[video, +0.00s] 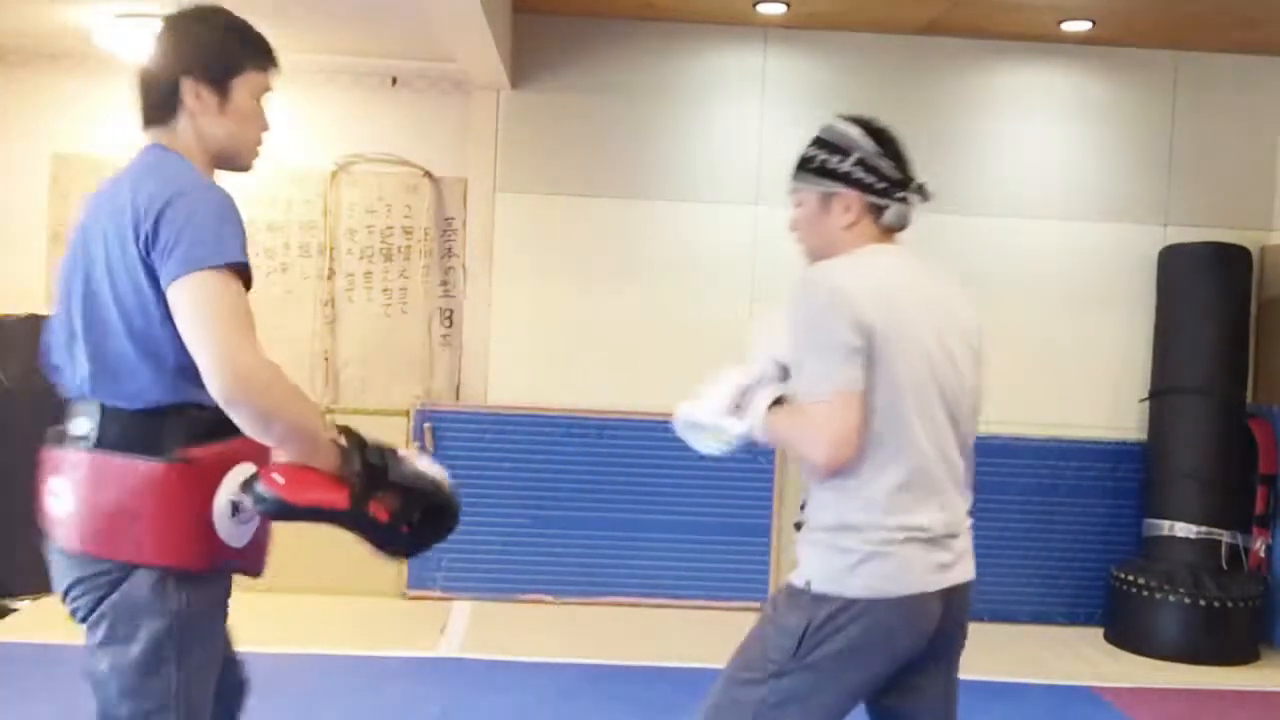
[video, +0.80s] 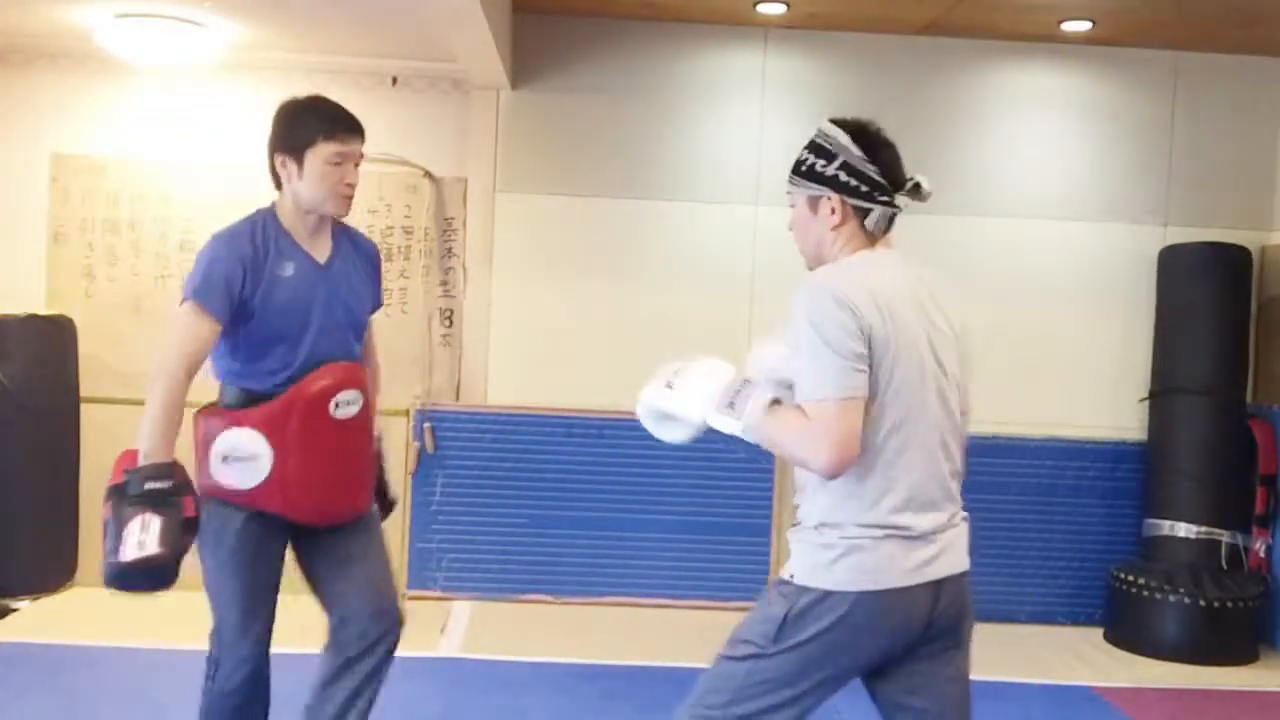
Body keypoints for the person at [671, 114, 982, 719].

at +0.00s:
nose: (791, 220)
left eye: (801, 202)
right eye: (793, 202)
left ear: (847, 206)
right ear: (857, 206)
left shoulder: (832, 286)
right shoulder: (945, 292)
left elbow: (830, 443)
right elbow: (927, 432)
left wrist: (756, 410)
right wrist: (790, 390)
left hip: (851, 597)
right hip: (942, 591)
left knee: (734, 713)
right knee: (920, 713)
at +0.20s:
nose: (831, 199)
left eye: (840, 182)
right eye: (835, 182)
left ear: (887, 188)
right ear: (902, 191)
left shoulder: (862, 270)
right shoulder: (981, 284)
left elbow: (856, 424)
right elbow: (937, 412)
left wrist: (775, 373)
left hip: (863, 576)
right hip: (963, 577)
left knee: (758, 710)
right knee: (945, 714)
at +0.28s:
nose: (831, 200)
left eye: (841, 182)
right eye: (835, 182)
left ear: (887, 191)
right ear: (907, 194)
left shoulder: (863, 273)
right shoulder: (984, 290)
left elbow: (853, 426)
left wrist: (770, 373)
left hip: (861, 580)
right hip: (962, 582)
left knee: (760, 710)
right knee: (944, 713)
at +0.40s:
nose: (828, 209)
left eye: (835, 192)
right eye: (830, 191)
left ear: (879, 200)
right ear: (903, 203)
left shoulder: (855, 282)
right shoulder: (982, 295)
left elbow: (836, 440)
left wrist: (754, 378)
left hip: (853, 592)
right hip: (958, 591)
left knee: (768, 710)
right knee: (939, 713)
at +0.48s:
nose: (813, 207)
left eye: (819, 189)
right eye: (815, 188)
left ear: (860, 197)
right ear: (893, 200)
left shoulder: (844, 286)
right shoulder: (976, 295)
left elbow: (826, 444)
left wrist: (743, 387)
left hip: (851, 582)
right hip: (958, 581)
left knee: (764, 711)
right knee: (943, 714)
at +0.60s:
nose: (798, 215)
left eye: (805, 198)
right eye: (799, 198)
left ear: (844, 202)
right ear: (871, 204)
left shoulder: (834, 288)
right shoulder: (966, 287)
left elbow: (825, 452)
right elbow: (996, 429)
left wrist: (744, 399)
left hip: (856, 582)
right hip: (959, 578)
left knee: (767, 712)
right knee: (946, 716)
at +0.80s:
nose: (790, 224)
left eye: (794, 206)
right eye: (790, 206)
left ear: (831, 209)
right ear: (855, 210)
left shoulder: (831, 293)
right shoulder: (928, 292)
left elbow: (830, 447)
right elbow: (927, 433)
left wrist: (736, 402)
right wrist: (803, 385)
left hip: (846, 588)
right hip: (940, 582)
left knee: (712, 711)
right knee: (938, 713)